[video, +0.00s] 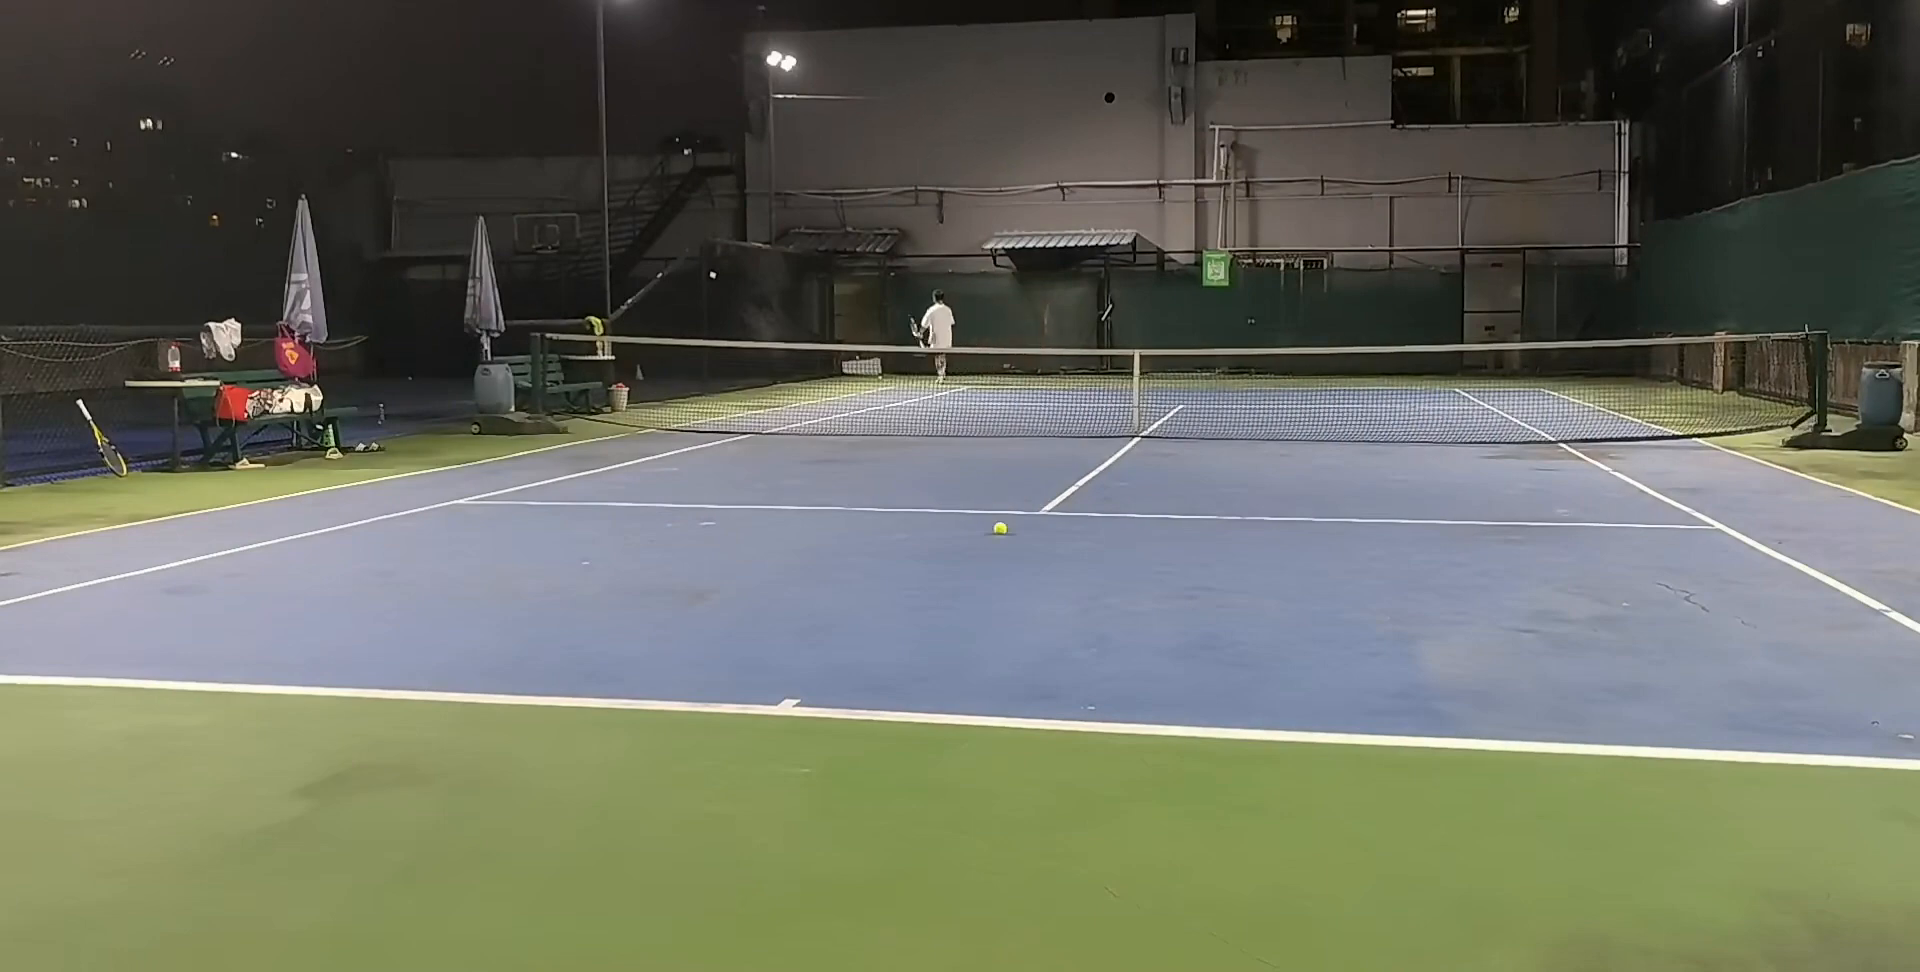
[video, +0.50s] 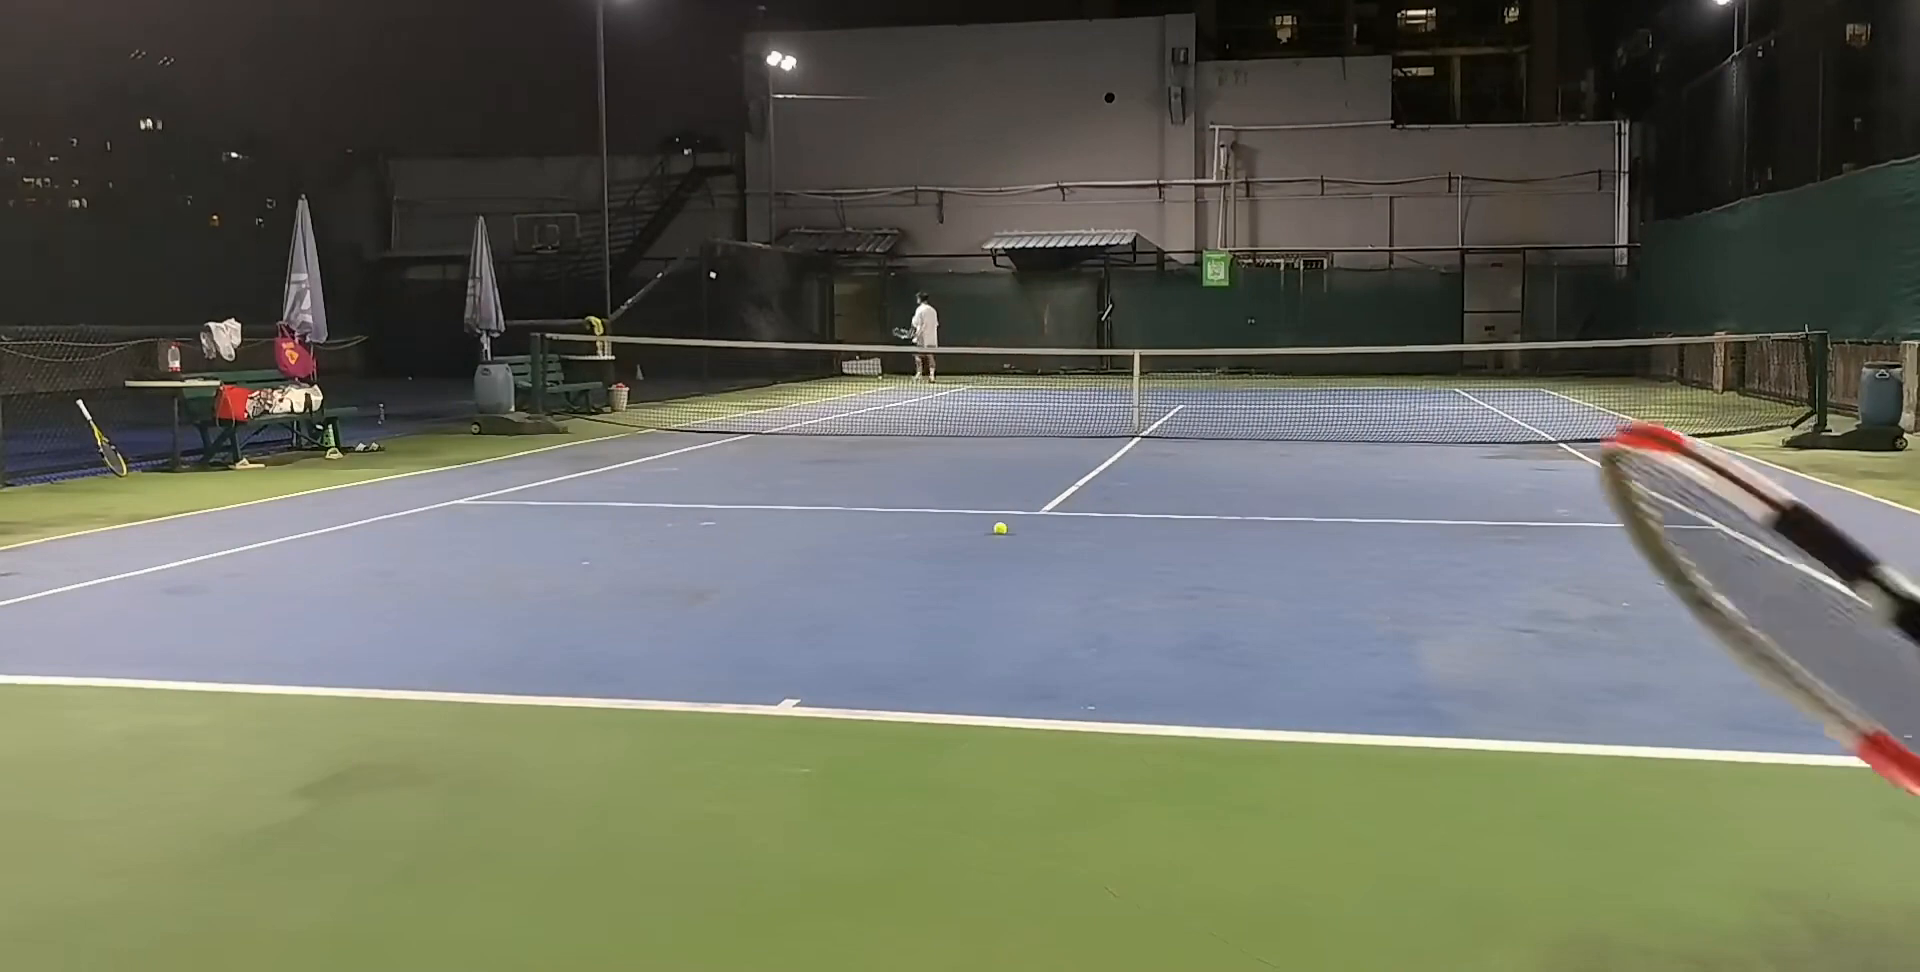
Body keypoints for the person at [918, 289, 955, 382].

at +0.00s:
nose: (934, 300)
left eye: (934, 298)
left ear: (934, 299)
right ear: (942, 298)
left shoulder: (931, 310)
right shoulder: (948, 309)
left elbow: (924, 324)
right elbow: (952, 323)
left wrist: (920, 333)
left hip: (935, 339)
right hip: (947, 339)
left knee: (937, 356)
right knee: (943, 356)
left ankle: (940, 374)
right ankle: (943, 373)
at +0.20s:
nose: (928, 302)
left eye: (929, 300)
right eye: (930, 300)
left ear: (929, 301)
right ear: (938, 301)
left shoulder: (927, 312)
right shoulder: (942, 312)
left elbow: (919, 325)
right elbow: (945, 326)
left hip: (930, 339)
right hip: (941, 340)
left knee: (931, 357)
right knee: (935, 357)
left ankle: (938, 374)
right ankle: (933, 374)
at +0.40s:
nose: (921, 301)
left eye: (922, 299)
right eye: (922, 299)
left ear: (924, 300)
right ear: (931, 300)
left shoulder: (923, 311)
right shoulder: (936, 311)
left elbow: (917, 324)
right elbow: (939, 325)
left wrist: (912, 330)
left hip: (924, 338)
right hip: (935, 338)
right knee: (931, 356)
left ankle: (927, 369)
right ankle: (932, 373)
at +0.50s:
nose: (917, 300)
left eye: (917, 298)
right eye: (917, 298)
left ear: (920, 299)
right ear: (926, 299)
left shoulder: (920, 310)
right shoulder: (933, 310)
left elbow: (917, 324)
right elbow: (936, 324)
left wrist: (915, 336)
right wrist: (931, 330)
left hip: (922, 337)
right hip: (932, 337)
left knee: (918, 355)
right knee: (931, 356)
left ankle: (919, 372)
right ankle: (932, 374)